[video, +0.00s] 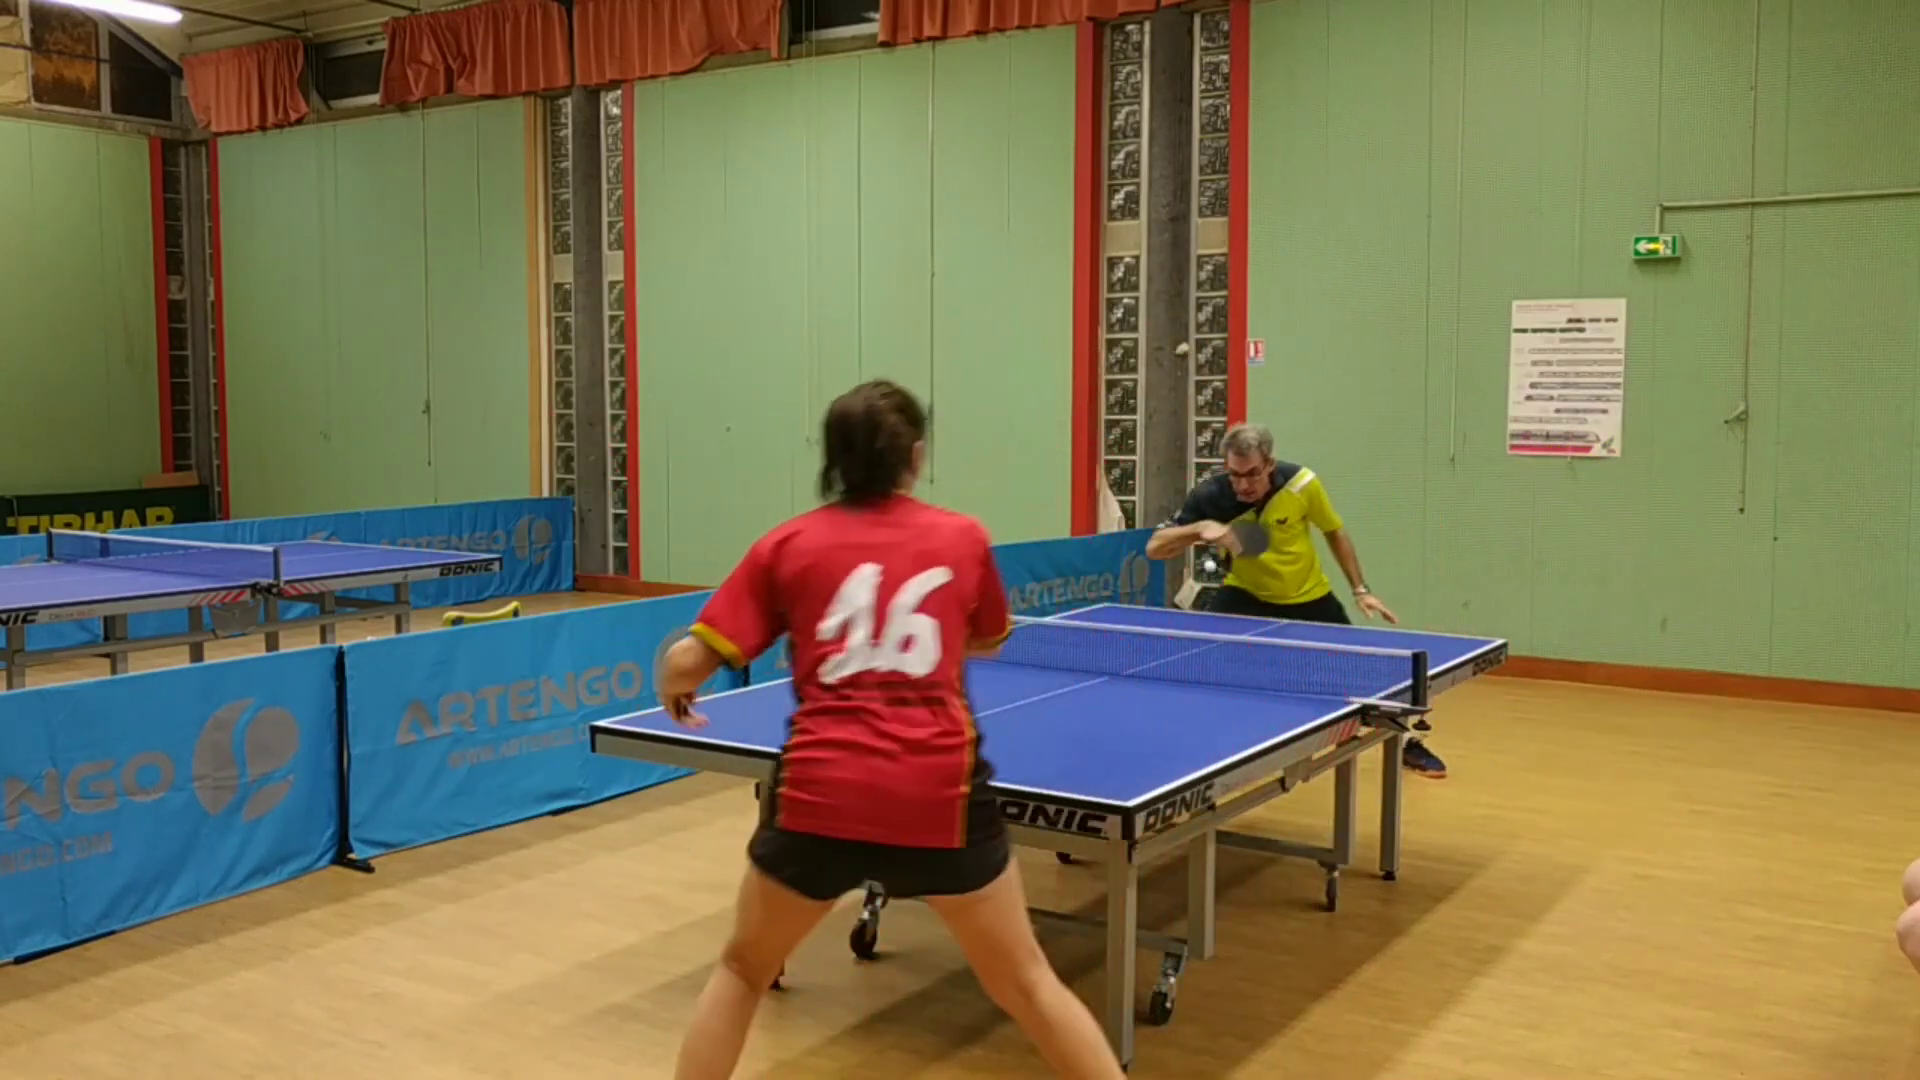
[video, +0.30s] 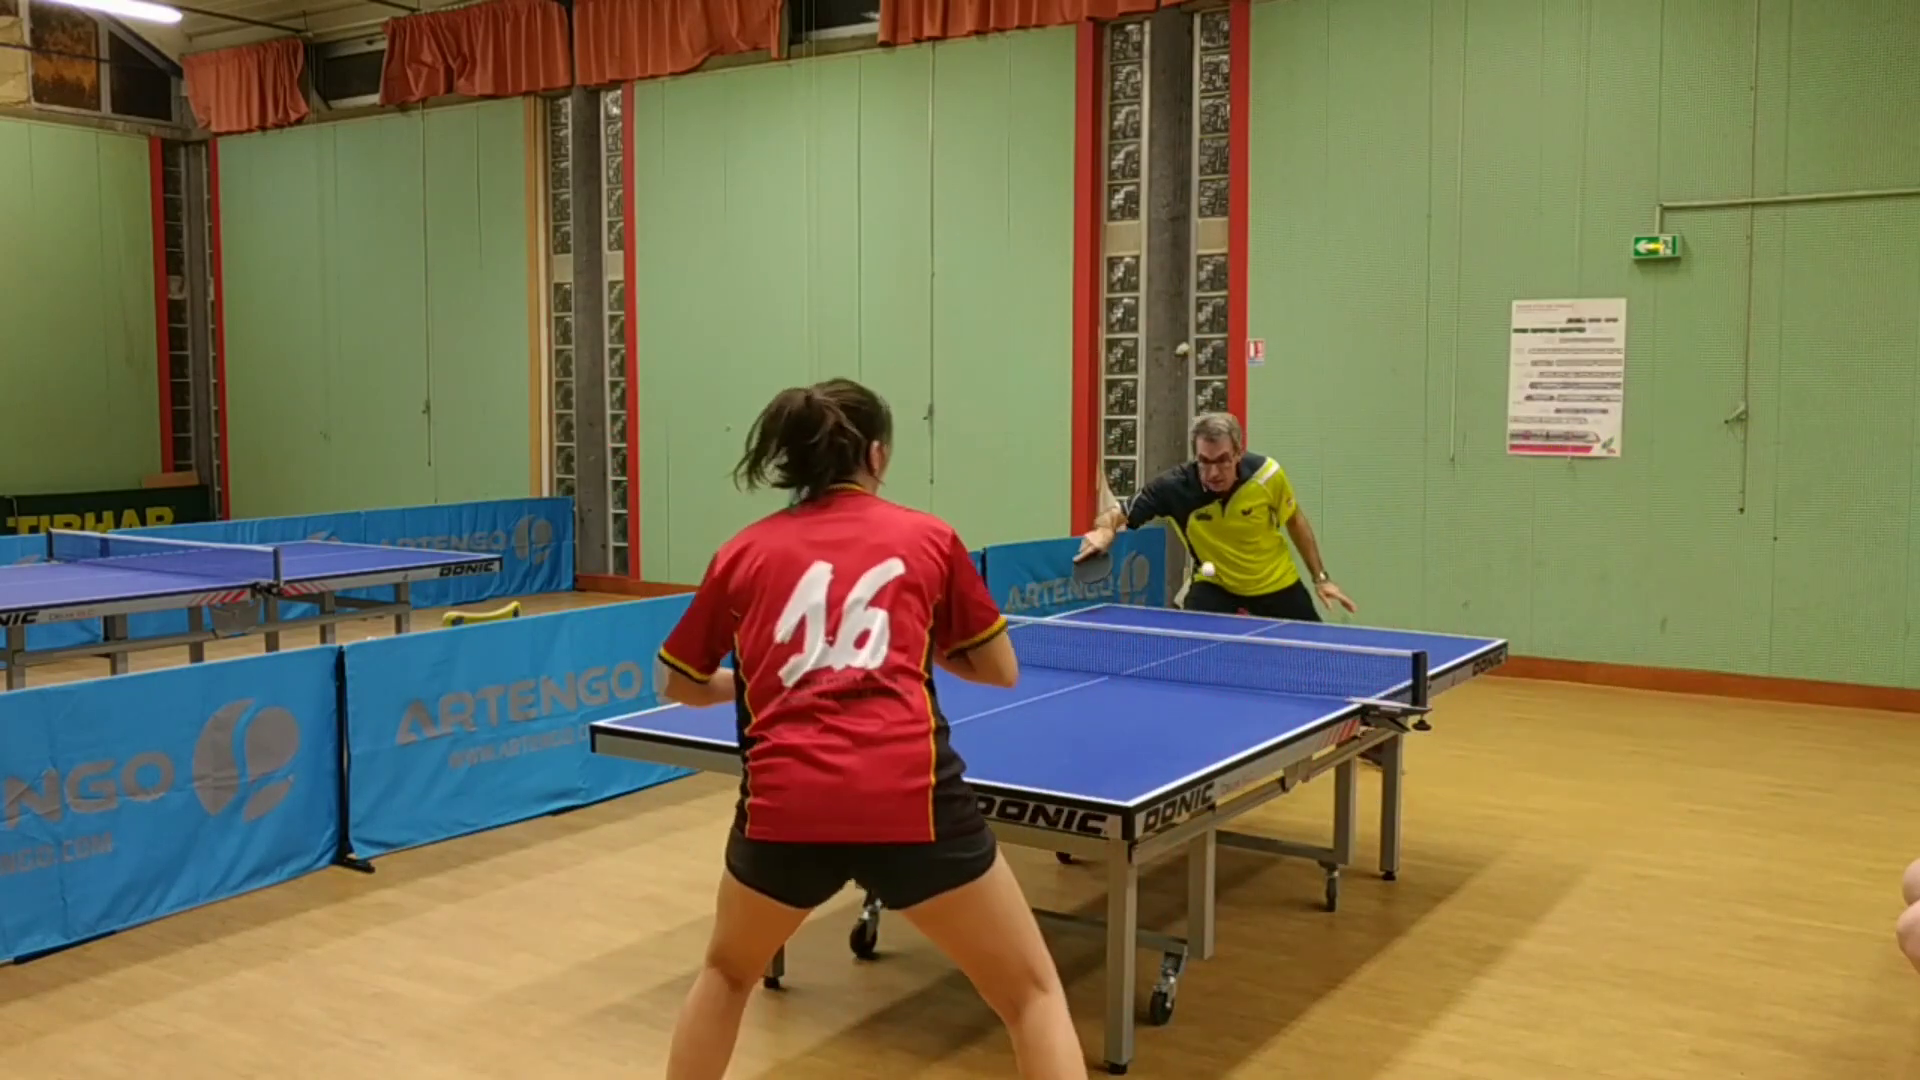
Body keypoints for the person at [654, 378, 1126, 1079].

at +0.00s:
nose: (924, 451)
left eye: (919, 441)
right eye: (922, 442)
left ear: (837, 455)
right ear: (914, 454)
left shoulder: (791, 545)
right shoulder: (961, 538)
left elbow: (691, 661)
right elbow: (989, 635)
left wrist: (674, 684)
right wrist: (898, 629)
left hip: (821, 802)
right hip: (940, 801)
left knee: (743, 972)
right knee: (1031, 985)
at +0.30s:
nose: (889, 456)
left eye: (885, 445)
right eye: (887, 446)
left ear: (796, 455)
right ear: (876, 454)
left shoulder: (747, 551)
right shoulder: (926, 538)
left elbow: (682, 686)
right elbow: (999, 669)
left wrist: (755, 674)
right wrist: (917, 638)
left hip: (787, 811)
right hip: (913, 806)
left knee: (726, 975)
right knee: (1030, 998)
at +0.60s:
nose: (1097, 545)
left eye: (1097, 532)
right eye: (1096, 532)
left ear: (1000, 526)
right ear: (1074, 535)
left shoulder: (937, 590)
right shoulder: (1072, 618)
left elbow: (950, 718)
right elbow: (1107, 783)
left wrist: (1069, 711)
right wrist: (1104, 719)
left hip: (833, 844)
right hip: (947, 860)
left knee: (768, 999)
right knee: (1132, 1020)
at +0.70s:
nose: (1176, 545)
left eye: (1178, 531)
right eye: (1174, 531)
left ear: (1079, 528)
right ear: (1151, 536)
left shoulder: (1022, 579)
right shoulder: (1128, 611)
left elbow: (1065, 674)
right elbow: (1154, 776)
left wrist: (1182, 686)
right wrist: (1147, 697)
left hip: (849, 813)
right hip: (960, 840)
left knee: (767, 1015)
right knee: (1131, 1018)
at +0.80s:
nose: (1214, 545)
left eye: (1214, 530)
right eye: (1214, 530)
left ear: (1125, 520)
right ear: (1193, 532)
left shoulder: (1077, 569)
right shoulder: (1149, 593)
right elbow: (1185, 751)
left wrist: (1261, 682)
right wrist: (1185, 667)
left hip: (862, 774)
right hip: (959, 806)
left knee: (766, 1000)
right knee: (1107, 1024)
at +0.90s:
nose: (1237, 531)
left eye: (1235, 515)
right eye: (1235, 513)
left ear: (1139, 504)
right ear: (1213, 514)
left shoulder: (1095, 558)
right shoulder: (1157, 581)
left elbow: (1205, 660)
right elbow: (1199, 739)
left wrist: (1296, 687)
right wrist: (1209, 629)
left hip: (870, 755)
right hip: (960, 788)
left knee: (776, 992)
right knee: (1094, 1025)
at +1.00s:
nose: (1217, 508)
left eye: (1217, 492)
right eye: (1215, 494)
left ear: (1125, 485)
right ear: (1197, 498)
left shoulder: (1083, 547)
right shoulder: (1153, 574)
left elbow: (1190, 664)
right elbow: (1202, 732)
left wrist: (1304, 691)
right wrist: (1211, 631)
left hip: (872, 754)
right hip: (967, 790)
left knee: (800, 983)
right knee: (1099, 1018)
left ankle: (689, 1078)